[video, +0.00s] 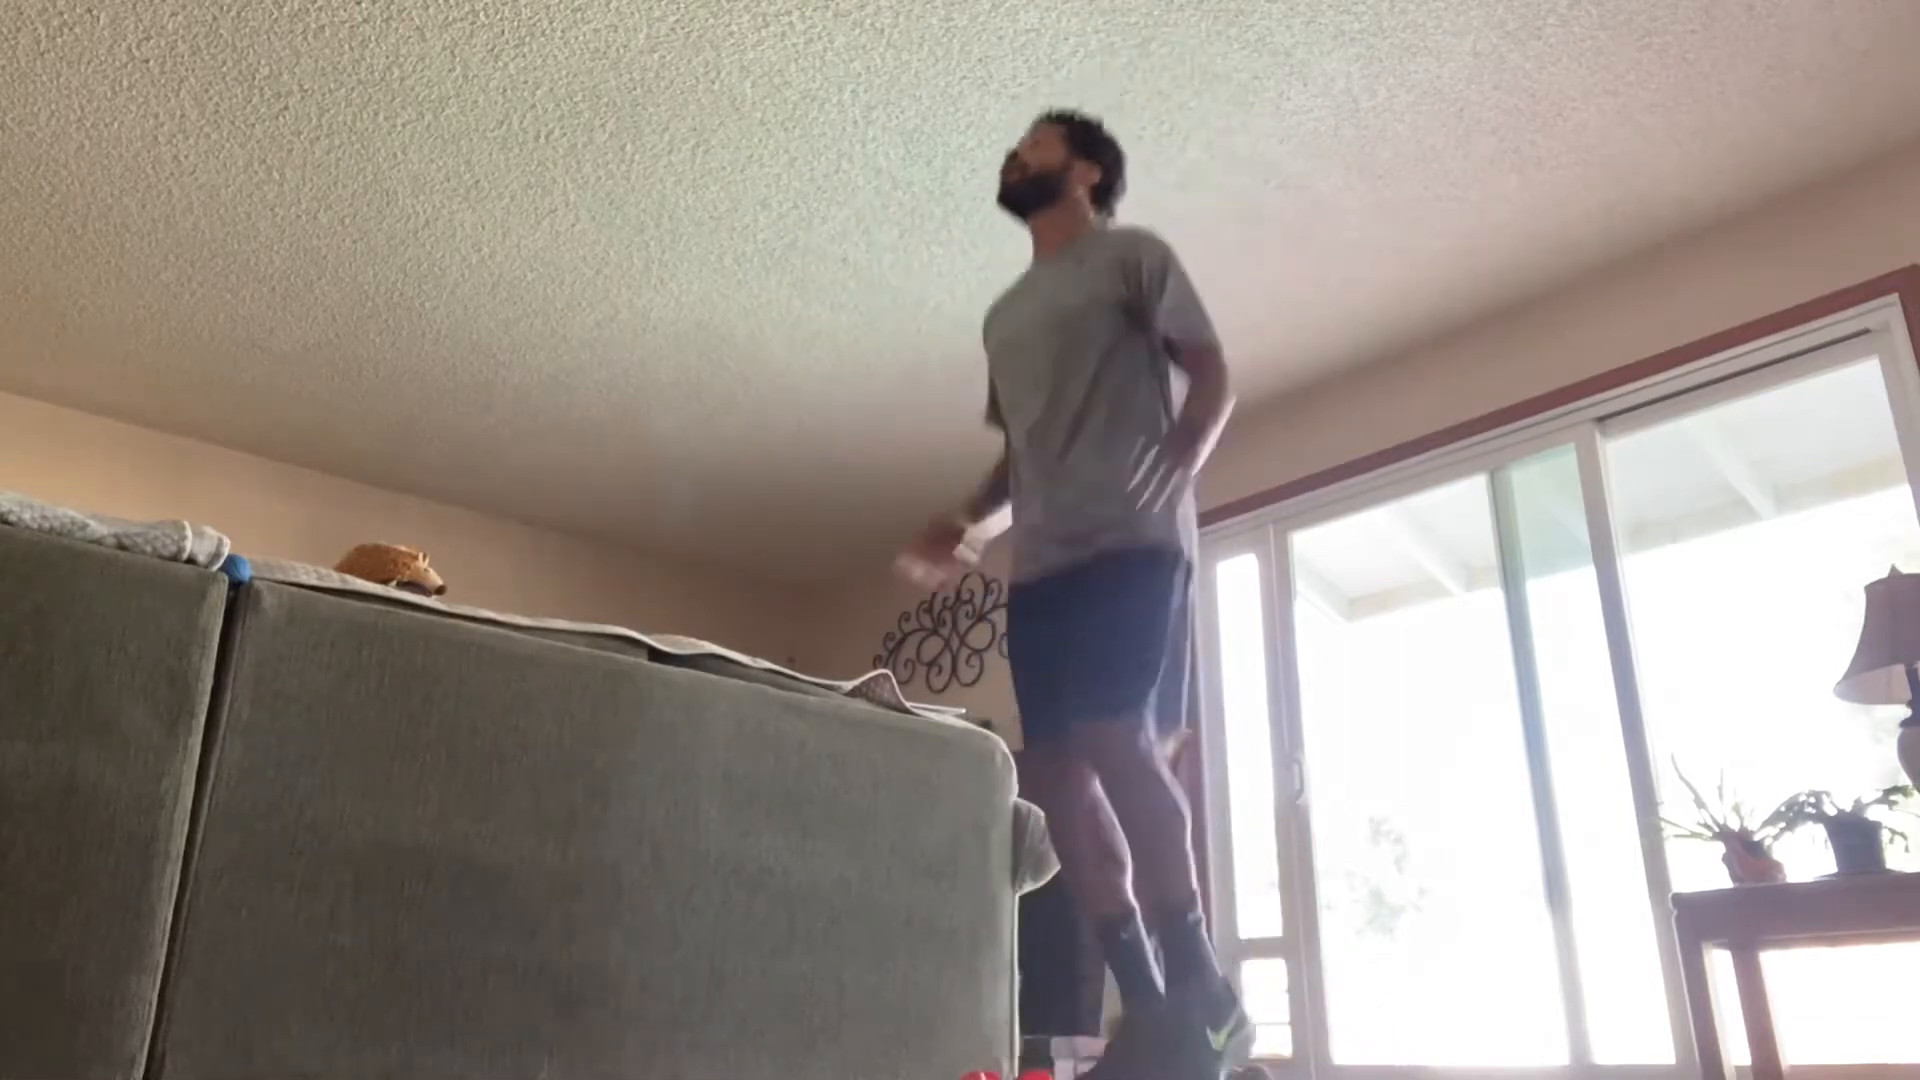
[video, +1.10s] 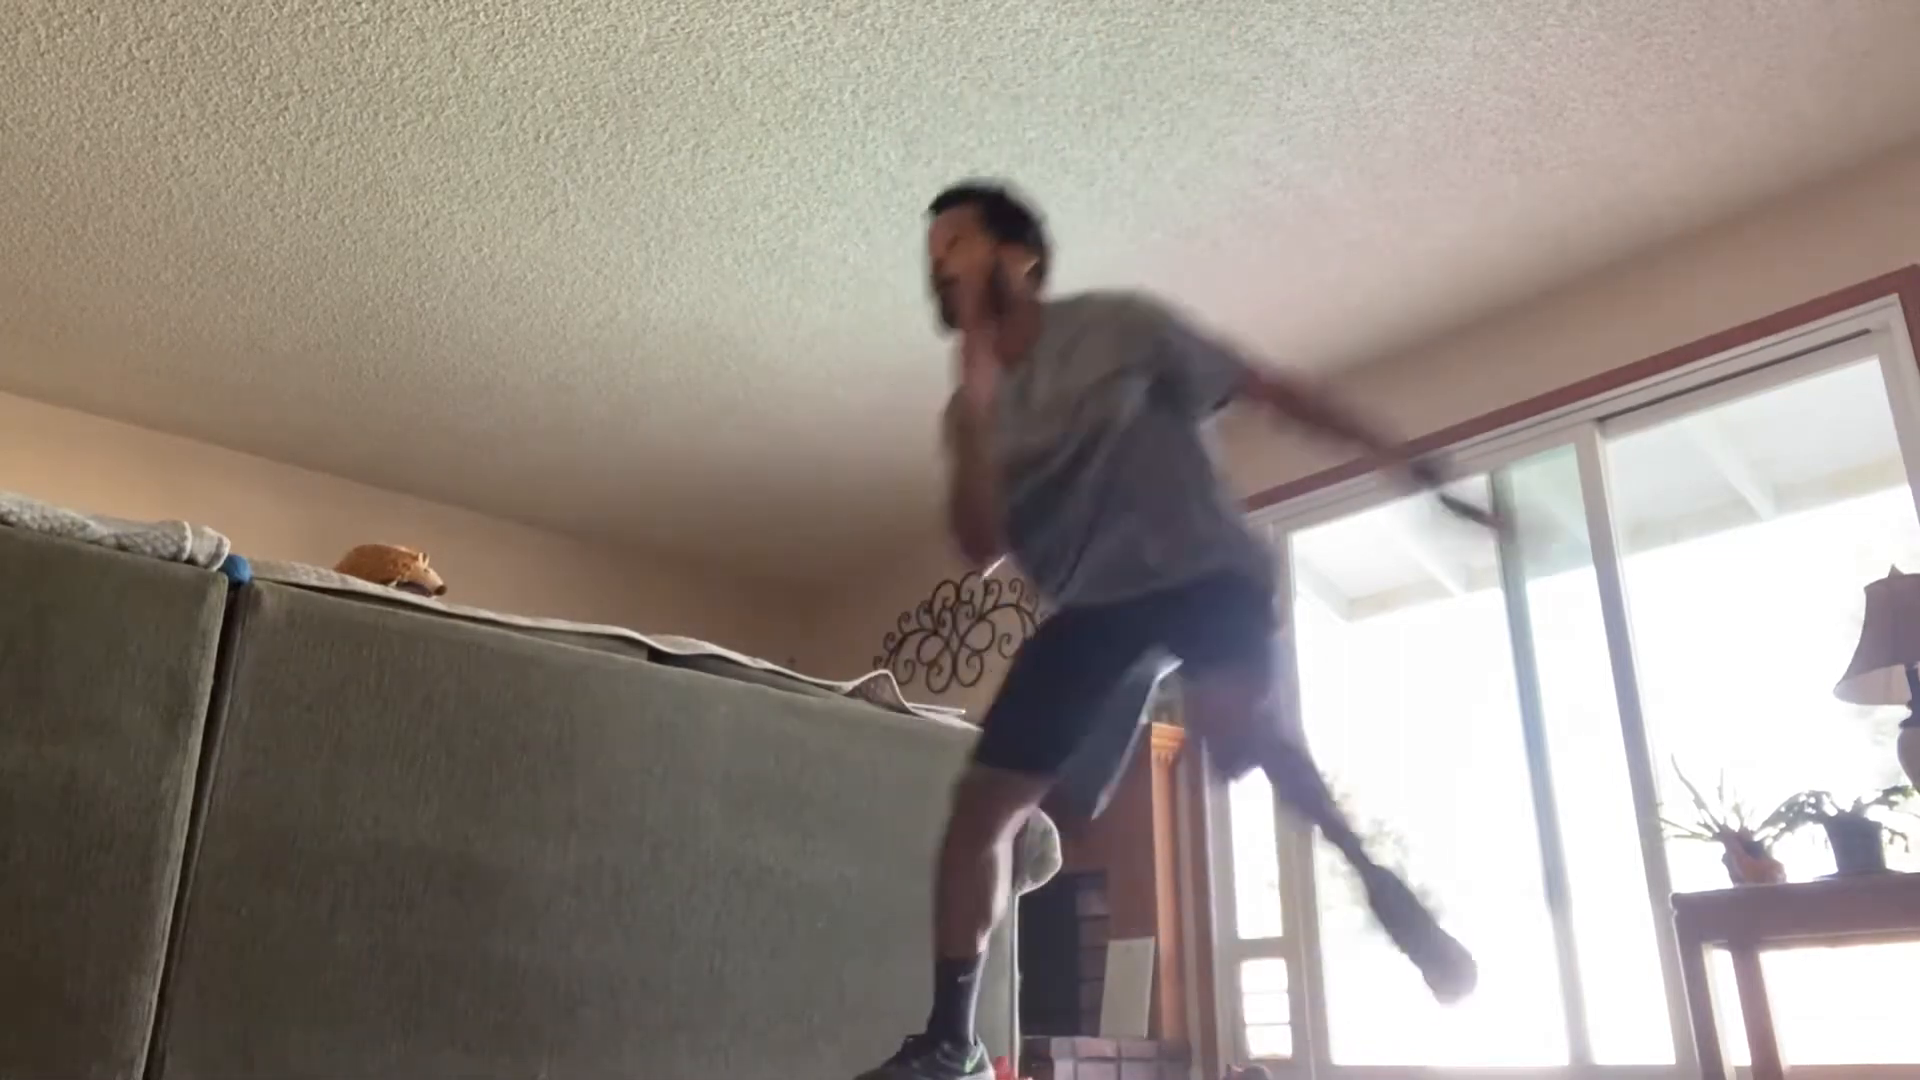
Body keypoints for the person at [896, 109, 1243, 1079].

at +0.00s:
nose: (1013, 151)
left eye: (1037, 139)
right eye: (1017, 144)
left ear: (1089, 173)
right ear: (1028, 184)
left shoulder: (1129, 254)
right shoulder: (1004, 314)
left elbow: (1211, 376)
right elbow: (1021, 450)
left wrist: (1171, 480)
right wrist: (965, 523)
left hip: (1134, 539)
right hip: (1042, 561)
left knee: (1115, 744)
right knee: (1052, 774)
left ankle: (1201, 993)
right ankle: (1145, 1008)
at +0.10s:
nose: (1017, 103)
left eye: (1040, 92)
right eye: (1017, 97)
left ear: (1092, 123)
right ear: (1030, 138)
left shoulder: (1130, 195)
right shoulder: (1004, 260)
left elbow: (1228, 281)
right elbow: (989, 395)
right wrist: (868, 413)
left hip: (1127, 467)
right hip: (1034, 486)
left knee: (1126, 690)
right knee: (1043, 726)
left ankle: (1216, 945)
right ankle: (1100, 947)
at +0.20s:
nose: (1016, 107)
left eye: (1040, 96)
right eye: (1017, 100)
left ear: (1091, 122)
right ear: (1031, 140)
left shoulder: (1124, 189)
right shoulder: (1008, 256)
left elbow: (1256, 175)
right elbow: (932, 359)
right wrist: (832, 292)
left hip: (1130, 471)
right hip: (1033, 492)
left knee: (1132, 679)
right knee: (1002, 712)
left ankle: (1267, 938)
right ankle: (1055, 958)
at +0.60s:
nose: (957, 112)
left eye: (980, 95)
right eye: (957, 100)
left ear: (1035, 124)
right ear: (965, 131)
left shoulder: (1072, 186)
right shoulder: (957, 257)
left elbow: (1194, 234)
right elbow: (924, 381)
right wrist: (814, 364)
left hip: (1093, 464)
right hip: (1006, 491)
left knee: (1064, 656)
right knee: (970, 709)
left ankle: (1246, 873)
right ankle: (1027, 945)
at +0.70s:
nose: (916, 116)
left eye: (937, 100)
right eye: (917, 102)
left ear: (994, 125)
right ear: (950, 132)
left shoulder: (1050, 205)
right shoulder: (941, 269)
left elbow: (1163, 307)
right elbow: (979, 397)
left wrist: (1096, 374)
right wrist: (925, 479)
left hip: (1083, 470)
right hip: (994, 489)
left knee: (1041, 668)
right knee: (953, 703)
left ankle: (1253, 842)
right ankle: (982, 953)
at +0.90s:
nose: (855, 284)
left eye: (875, 266)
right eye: (855, 270)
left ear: (936, 282)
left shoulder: (1015, 355)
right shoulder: (920, 413)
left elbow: (1056, 501)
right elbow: (960, 550)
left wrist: (916, 459)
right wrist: (931, 644)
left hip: (1104, 624)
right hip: (1005, 631)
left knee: (1035, 840)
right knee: (907, 790)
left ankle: (1210, 931)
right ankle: (948, 1038)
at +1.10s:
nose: (937, 269)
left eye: (951, 249)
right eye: (932, 257)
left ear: (1020, 258)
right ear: (945, 287)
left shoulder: (1121, 324)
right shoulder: (974, 410)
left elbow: (1273, 391)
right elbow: (978, 550)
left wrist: (1400, 452)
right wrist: (976, 412)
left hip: (1207, 576)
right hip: (1088, 611)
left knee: (1240, 726)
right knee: (978, 818)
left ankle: (1386, 892)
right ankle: (949, 1041)